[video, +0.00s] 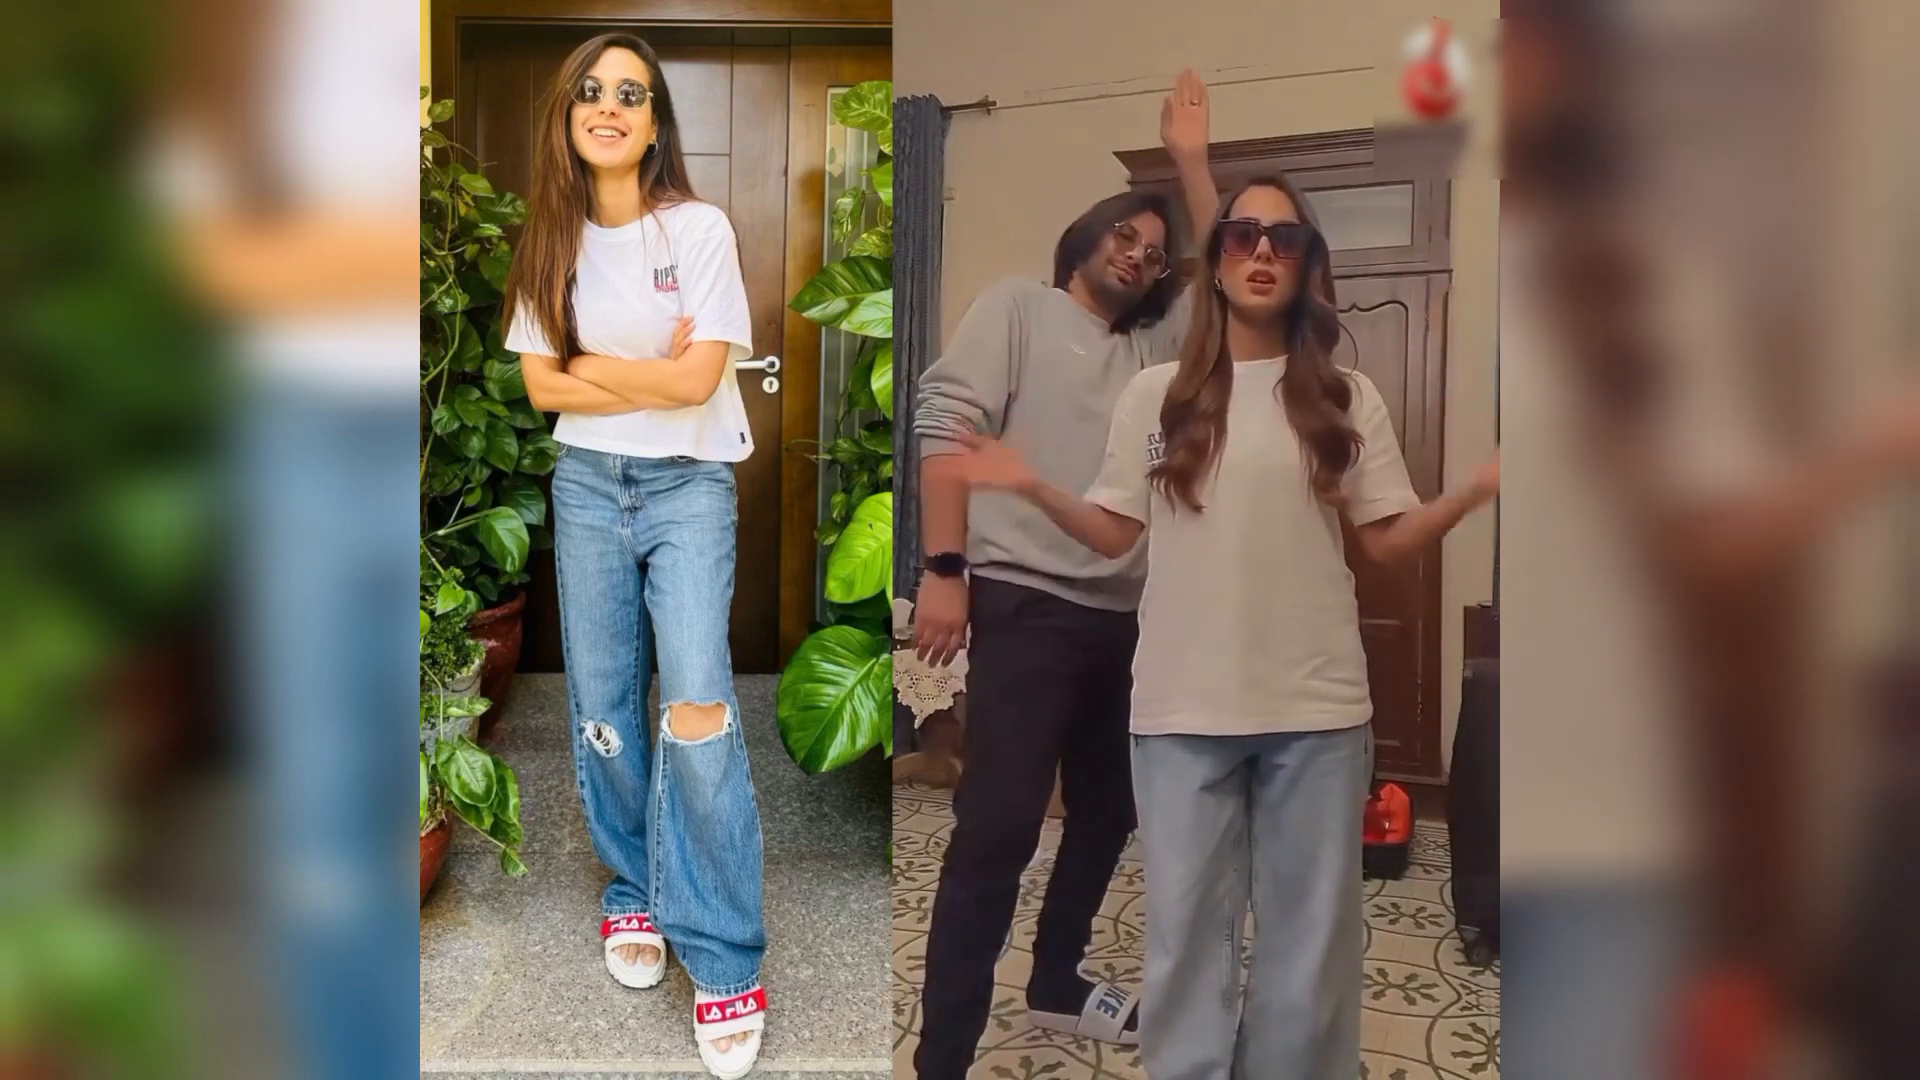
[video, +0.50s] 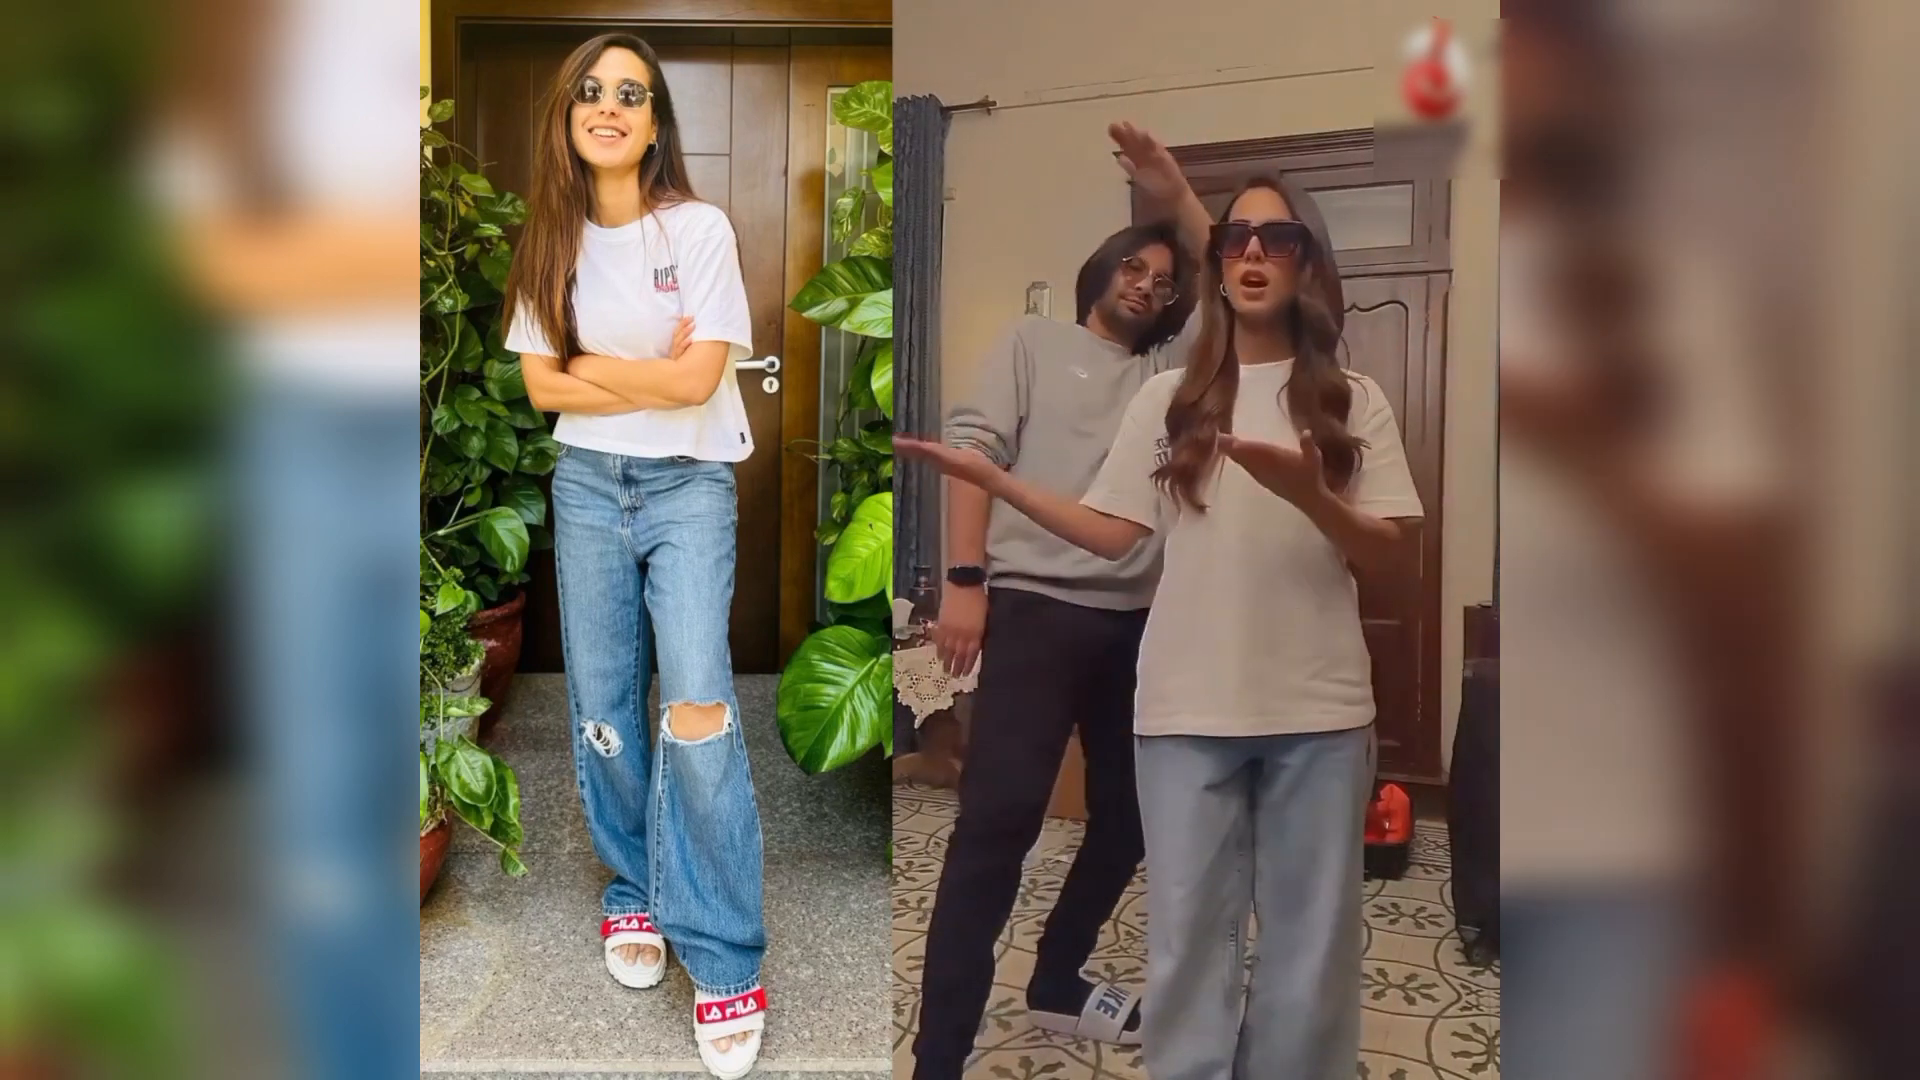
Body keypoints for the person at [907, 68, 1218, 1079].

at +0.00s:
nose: (1137, 253)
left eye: (1153, 249)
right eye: (1126, 234)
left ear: (1161, 267)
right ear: (1086, 231)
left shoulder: (1158, 343)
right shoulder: (1018, 306)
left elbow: (1218, 286)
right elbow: (947, 430)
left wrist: (1191, 168)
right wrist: (943, 570)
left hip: (1123, 617)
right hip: (1020, 605)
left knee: (1104, 816)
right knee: (998, 829)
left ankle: (1056, 989)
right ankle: (942, 1057)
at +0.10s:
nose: (1139, 262)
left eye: (1155, 259)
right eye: (1128, 244)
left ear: (1163, 278)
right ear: (1091, 241)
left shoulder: (1162, 349)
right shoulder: (1024, 317)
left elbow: (1219, 297)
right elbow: (952, 439)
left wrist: (1188, 187)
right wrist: (946, 577)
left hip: (1123, 618)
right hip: (1019, 605)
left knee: (1114, 821)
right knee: (1001, 831)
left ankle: (1057, 989)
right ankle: (943, 1059)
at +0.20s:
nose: (1141, 271)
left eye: (1156, 268)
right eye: (1129, 252)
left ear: (1162, 290)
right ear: (1091, 257)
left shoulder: (1163, 367)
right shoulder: (1026, 333)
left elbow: (1221, 327)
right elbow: (959, 454)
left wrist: (1183, 206)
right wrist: (955, 589)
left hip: (1132, 616)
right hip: (1029, 608)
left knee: (1127, 817)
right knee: (1000, 834)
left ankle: (1056, 993)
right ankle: (942, 1060)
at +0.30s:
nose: (1141, 272)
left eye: (1156, 268)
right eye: (1129, 254)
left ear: (1165, 290)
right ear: (1093, 261)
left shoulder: (1165, 370)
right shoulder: (1029, 333)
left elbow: (1218, 323)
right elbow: (963, 446)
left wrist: (1181, 204)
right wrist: (959, 583)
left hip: (1132, 617)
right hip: (1031, 606)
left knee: (1126, 820)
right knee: (1000, 826)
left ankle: (1057, 990)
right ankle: (941, 1063)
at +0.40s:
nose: (1147, 275)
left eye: (1162, 270)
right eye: (1136, 257)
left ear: (1170, 286)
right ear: (1101, 255)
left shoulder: (1166, 351)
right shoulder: (1038, 321)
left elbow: (1225, 283)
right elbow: (969, 435)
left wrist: (1183, 172)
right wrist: (960, 565)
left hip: (1133, 617)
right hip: (1031, 603)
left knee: (1117, 817)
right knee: (996, 821)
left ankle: (1058, 986)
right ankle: (937, 1061)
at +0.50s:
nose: (1148, 287)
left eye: (1164, 282)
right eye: (1136, 270)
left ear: (1173, 298)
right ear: (1102, 269)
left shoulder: (1173, 370)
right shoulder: (1034, 343)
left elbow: (1227, 297)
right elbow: (972, 452)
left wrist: (1175, 194)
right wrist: (963, 580)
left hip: (1138, 627)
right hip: (1032, 614)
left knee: (1123, 828)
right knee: (998, 825)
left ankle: (1057, 987)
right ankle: (938, 1058)